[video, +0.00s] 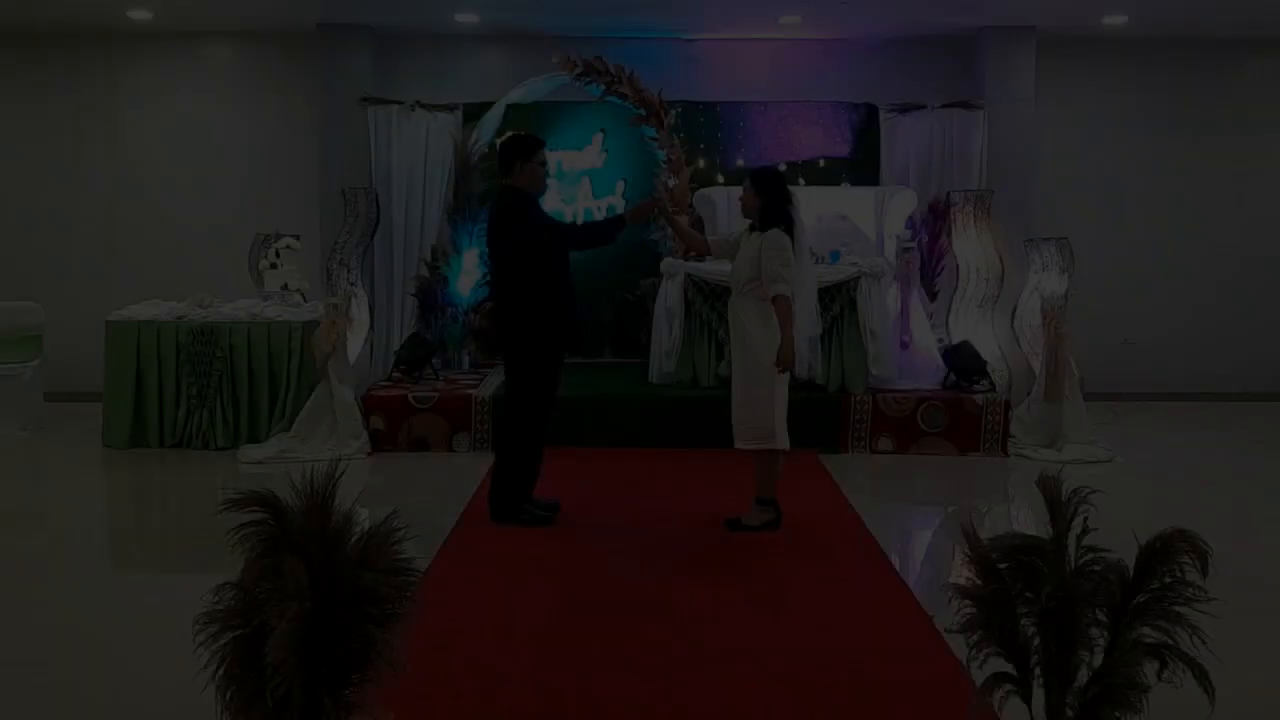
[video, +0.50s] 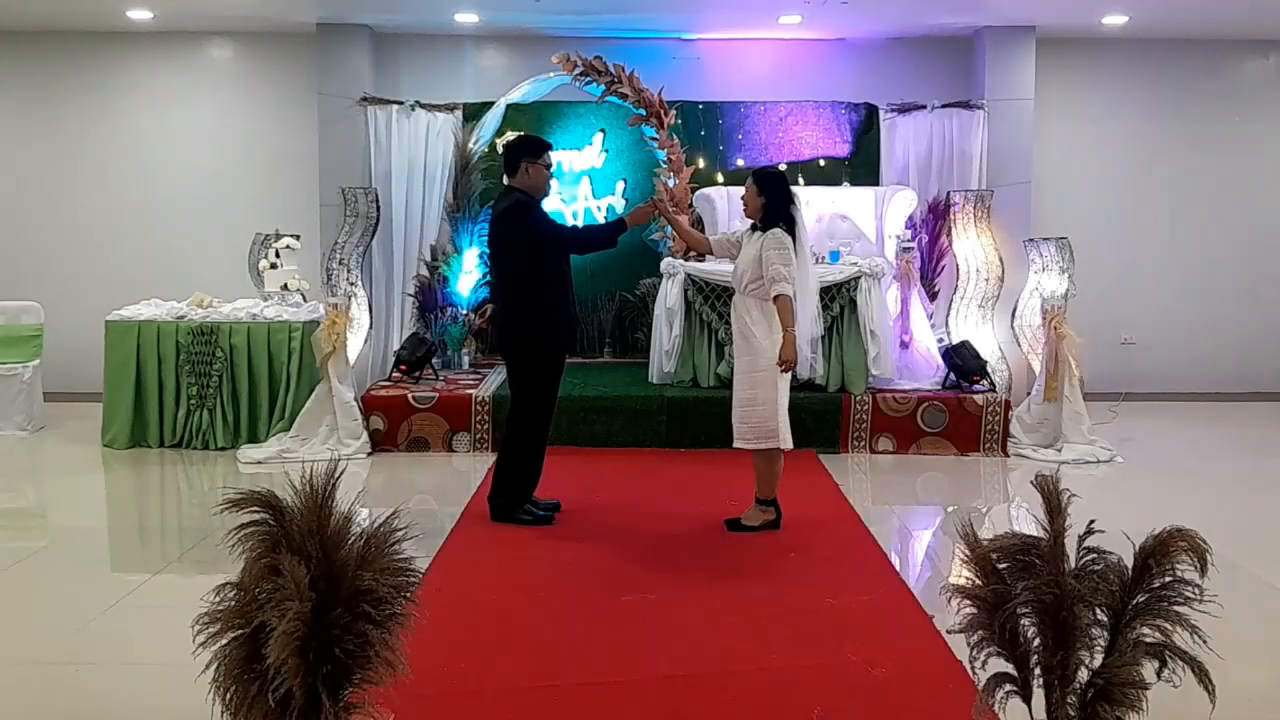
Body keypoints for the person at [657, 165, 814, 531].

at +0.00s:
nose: (742, 198)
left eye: (748, 192)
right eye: (744, 191)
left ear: (763, 198)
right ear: (761, 198)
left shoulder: (774, 239)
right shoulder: (748, 237)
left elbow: (781, 294)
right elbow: (704, 246)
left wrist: (786, 343)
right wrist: (671, 218)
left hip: (766, 343)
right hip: (748, 342)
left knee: (765, 422)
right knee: (757, 421)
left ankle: (767, 507)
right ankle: (763, 504)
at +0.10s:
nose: (741, 198)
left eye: (747, 192)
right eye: (743, 192)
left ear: (763, 198)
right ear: (761, 198)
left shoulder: (774, 239)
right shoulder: (748, 238)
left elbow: (781, 291)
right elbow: (702, 245)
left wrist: (787, 339)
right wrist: (669, 215)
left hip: (765, 342)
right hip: (749, 342)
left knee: (766, 423)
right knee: (758, 421)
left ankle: (767, 507)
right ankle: (763, 504)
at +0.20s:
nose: (741, 197)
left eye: (747, 192)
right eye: (743, 191)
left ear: (763, 197)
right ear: (761, 197)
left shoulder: (774, 239)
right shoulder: (748, 238)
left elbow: (780, 290)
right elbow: (703, 244)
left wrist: (787, 338)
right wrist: (668, 213)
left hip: (765, 343)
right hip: (749, 343)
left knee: (765, 423)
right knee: (760, 422)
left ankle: (766, 507)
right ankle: (764, 505)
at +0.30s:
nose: (743, 197)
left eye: (748, 191)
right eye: (744, 191)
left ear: (764, 197)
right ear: (761, 197)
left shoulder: (775, 238)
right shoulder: (749, 237)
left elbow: (781, 290)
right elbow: (703, 244)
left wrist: (787, 336)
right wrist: (668, 213)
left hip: (765, 342)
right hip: (750, 343)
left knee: (765, 423)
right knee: (759, 422)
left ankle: (766, 507)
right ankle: (764, 505)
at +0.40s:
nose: (743, 196)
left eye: (748, 191)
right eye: (745, 191)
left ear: (765, 197)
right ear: (761, 197)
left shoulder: (775, 239)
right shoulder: (749, 237)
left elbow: (781, 290)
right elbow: (703, 244)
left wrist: (788, 336)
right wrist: (668, 213)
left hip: (765, 343)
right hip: (750, 343)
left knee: (764, 422)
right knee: (761, 421)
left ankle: (765, 506)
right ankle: (765, 504)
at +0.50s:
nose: (743, 197)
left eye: (748, 191)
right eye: (745, 191)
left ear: (765, 197)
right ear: (762, 197)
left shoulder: (775, 239)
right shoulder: (749, 237)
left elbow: (782, 290)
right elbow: (704, 245)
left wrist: (789, 336)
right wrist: (670, 216)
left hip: (766, 343)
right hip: (750, 343)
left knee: (764, 423)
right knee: (759, 421)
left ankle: (766, 506)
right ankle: (764, 504)